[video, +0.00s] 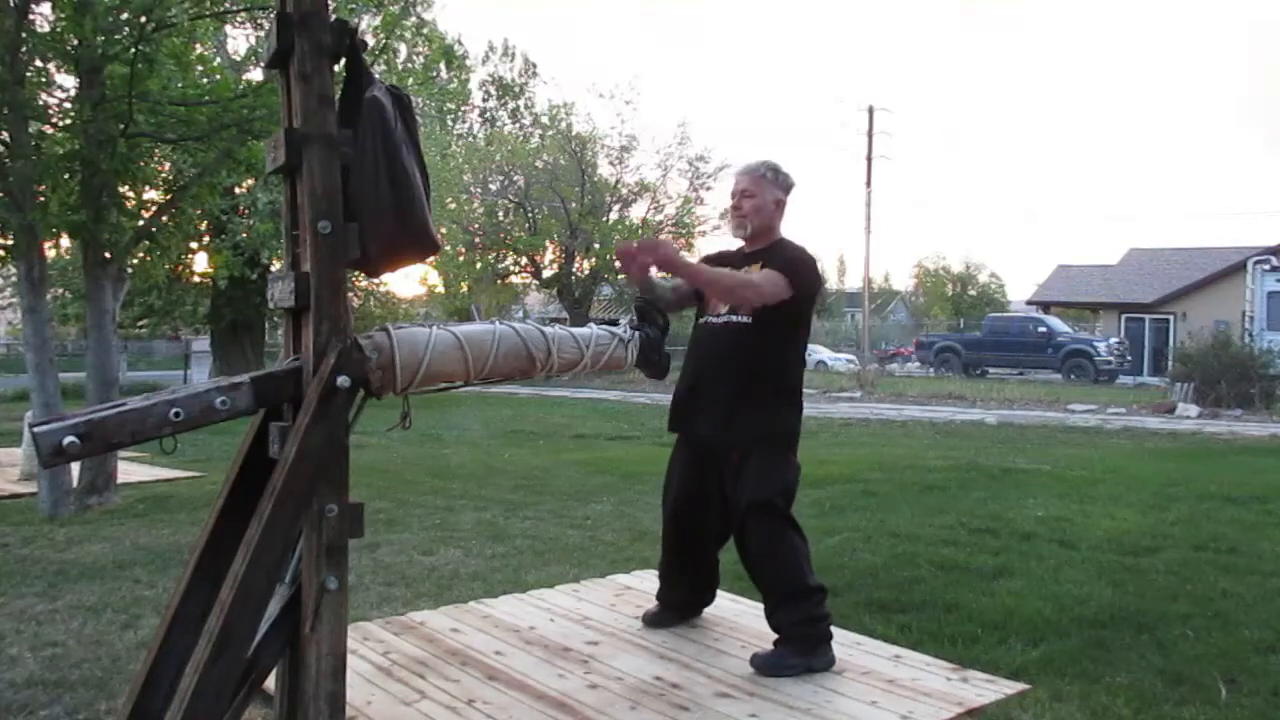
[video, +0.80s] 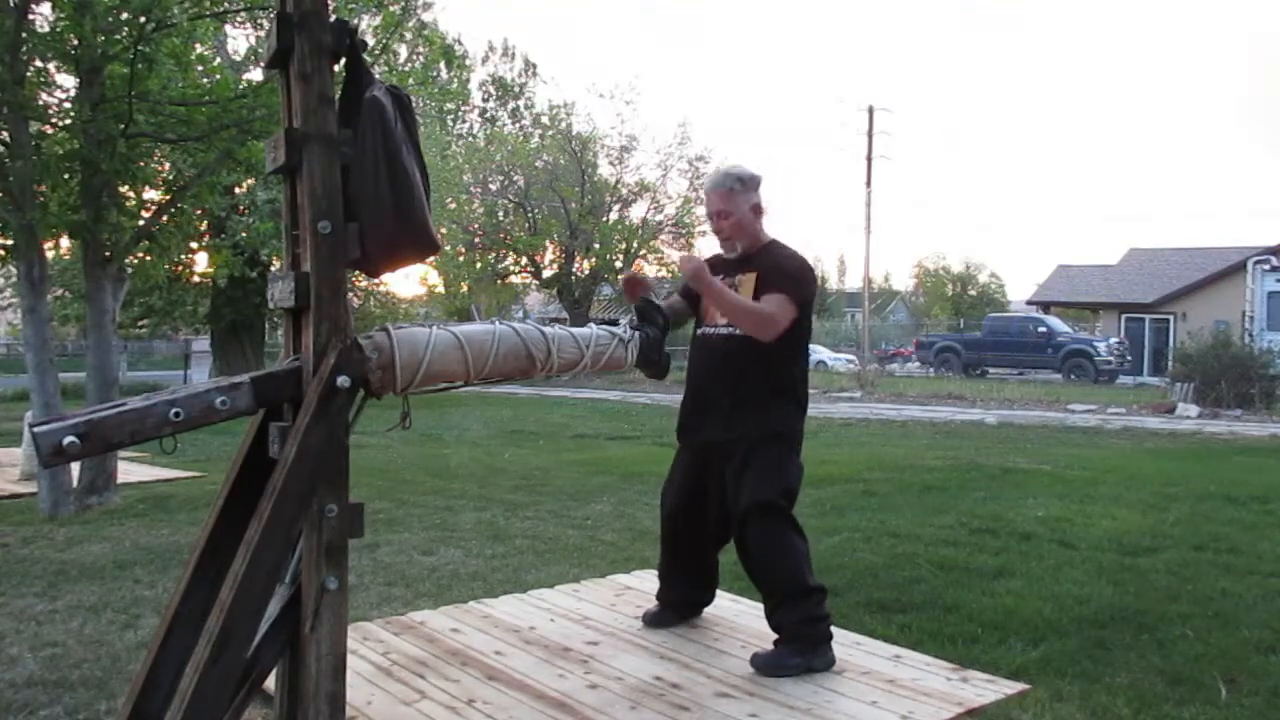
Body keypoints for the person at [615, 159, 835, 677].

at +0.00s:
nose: (737, 204)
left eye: (748, 196)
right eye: (734, 197)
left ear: (779, 201)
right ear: (732, 206)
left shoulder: (795, 262)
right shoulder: (718, 265)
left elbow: (754, 291)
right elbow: (669, 299)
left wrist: (684, 265)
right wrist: (643, 282)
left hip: (762, 425)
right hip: (702, 418)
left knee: (764, 526)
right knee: (685, 513)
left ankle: (807, 640)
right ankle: (682, 599)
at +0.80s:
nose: (719, 225)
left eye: (728, 214)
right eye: (712, 216)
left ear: (758, 209)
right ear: (708, 215)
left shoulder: (789, 267)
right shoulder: (710, 271)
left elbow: (767, 324)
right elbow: (672, 312)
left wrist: (708, 286)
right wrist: (645, 302)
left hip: (766, 428)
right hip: (706, 422)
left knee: (763, 522)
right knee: (682, 511)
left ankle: (807, 640)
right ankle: (682, 599)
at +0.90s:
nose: (697, 239)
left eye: (703, 227)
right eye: (691, 230)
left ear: (733, 215)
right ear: (690, 227)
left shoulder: (777, 267)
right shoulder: (700, 276)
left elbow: (794, 339)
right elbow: (677, 327)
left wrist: (729, 350)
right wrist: (650, 332)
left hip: (770, 428)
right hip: (711, 425)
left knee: (768, 522)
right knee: (687, 511)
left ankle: (807, 641)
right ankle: (682, 600)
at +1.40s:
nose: (682, 260)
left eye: (686, 249)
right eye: (677, 251)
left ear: (717, 232)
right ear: (700, 236)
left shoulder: (768, 265)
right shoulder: (697, 280)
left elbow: (812, 334)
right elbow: (700, 343)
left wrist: (782, 402)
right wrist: (697, 395)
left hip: (778, 421)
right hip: (724, 420)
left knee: (784, 526)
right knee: (695, 508)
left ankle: (814, 644)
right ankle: (682, 599)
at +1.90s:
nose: (709, 228)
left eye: (718, 218)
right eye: (705, 219)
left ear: (751, 216)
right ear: (703, 219)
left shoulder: (786, 271)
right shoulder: (701, 278)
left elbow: (793, 339)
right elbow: (682, 329)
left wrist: (739, 373)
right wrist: (669, 339)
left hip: (769, 430)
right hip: (707, 428)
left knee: (764, 517)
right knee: (678, 508)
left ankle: (812, 642)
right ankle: (681, 596)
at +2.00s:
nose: (717, 222)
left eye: (728, 212)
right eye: (714, 212)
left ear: (761, 213)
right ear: (713, 213)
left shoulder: (793, 271)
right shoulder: (708, 275)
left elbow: (789, 327)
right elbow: (678, 330)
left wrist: (715, 317)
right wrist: (679, 312)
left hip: (767, 433)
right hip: (705, 428)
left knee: (763, 519)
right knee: (676, 512)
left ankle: (813, 643)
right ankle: (682, 595)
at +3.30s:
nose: (725, 226)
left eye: (735, 216)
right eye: (719, 217)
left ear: (764, 212)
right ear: (714, 217)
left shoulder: (792, 270)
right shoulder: (708, 272)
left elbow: (803, 336)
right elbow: (675, 325)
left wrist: (742, 367)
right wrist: (642, 357)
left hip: (762, 425)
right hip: (701, 419)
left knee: (764, 522)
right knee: (676, 509)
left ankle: (812, 642)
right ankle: (681, 599)